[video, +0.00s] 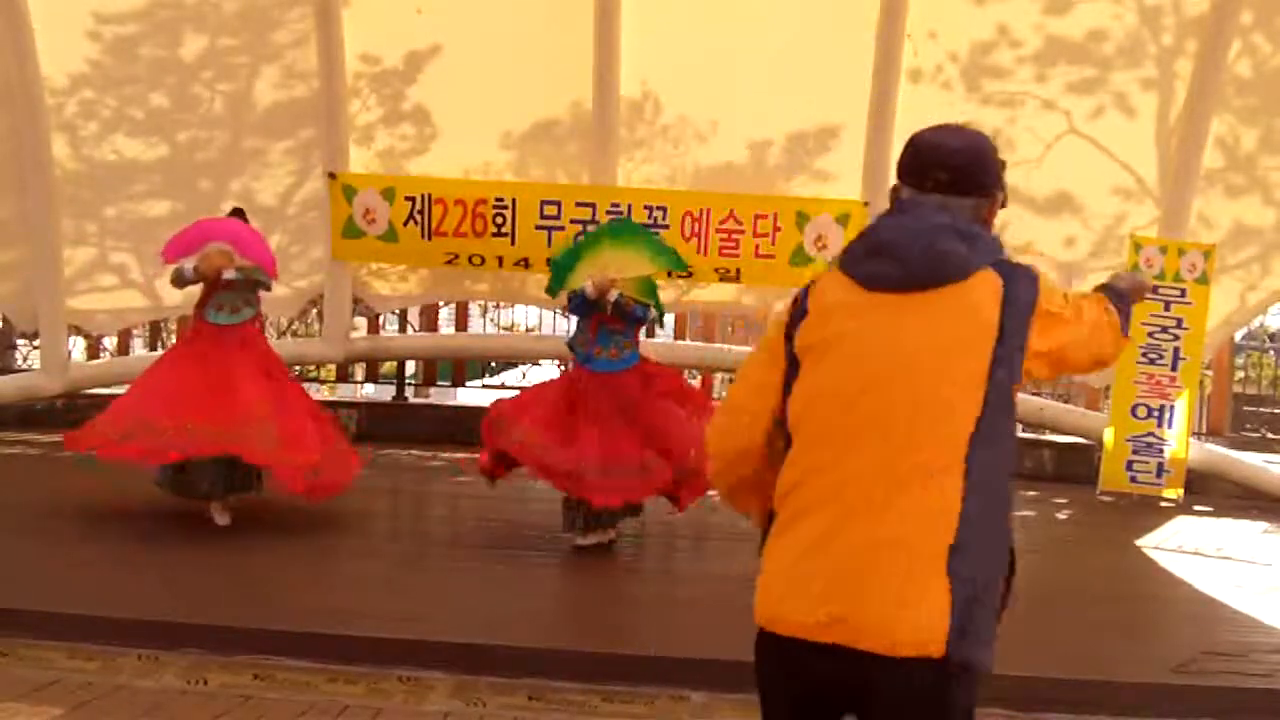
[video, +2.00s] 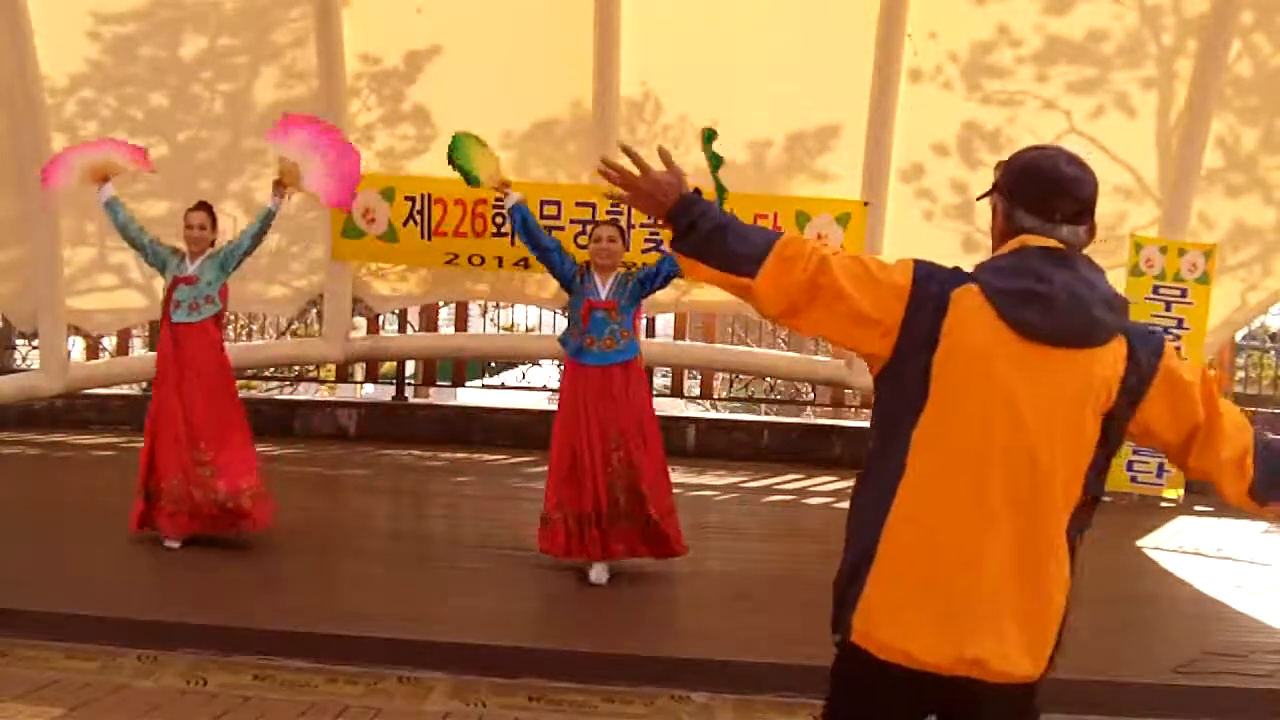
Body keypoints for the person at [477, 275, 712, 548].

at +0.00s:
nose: (611, 272)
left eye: (618, 266)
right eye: (605, 266)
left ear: (631, 264)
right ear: (594, 266)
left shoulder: (639, 285)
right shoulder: (585, 291)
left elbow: (645, 314)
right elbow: (575, 306)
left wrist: (615, 300)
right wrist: (592, 294)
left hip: (623, 371)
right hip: (587, 370)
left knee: (614, 448)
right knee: (585, 447)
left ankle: (608, 524)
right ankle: (588, 524)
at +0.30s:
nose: (607, 282)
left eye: (613, 276)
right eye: (601, 275)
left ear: (623, 277)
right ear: (590, 275)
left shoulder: (633, 310)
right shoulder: (578, 308)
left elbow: (646, 350)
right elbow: (566, 345)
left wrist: (616, 347)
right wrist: (584, 348)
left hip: (626, 388)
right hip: (585, 387)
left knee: (625, 455)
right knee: (582, 454)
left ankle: (627, 529)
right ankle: (578, 529)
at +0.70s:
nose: (592, 296)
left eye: (599, 290)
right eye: (587, 290)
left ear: (613, 290)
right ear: (581, 290)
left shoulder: (627, 320)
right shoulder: (571, 320)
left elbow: (652, 363)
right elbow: (552, 363)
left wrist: (633, 382)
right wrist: (545, 400)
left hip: (618, 400)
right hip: (577, 398)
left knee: (621, 458)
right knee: (572, 456)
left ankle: (623, 523)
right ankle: (570, 522)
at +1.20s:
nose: (593, 268)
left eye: (600, 263)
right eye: (588, 262)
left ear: (612, 266)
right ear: (581, 264)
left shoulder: (624, 302)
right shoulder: (567, 298)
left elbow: (656, 334)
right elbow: (535, 332)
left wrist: (681, 355)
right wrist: (502, 361)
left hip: (610, 390)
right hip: (570, 389)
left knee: (612, 459)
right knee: (569, 459)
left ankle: (604, 535)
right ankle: (565, 530)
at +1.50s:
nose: (603, 249)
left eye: (610, 244)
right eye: (598, 243)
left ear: (623, 252)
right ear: (589, 250)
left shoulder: (635, 286)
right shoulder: (575, 286)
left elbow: (676, 299)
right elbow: (531, 298)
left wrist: (709, 299)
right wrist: (485, 305)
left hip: (620, 381)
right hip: (580, 380)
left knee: (617, 455)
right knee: (575, 453)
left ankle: (611, 538)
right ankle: (574, 537)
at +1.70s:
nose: (604, 247)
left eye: (611, 243)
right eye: (598, 242)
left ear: (623, 252)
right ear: (590, 249)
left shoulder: (636, 285)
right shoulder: (575, 283)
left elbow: (678, 281)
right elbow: (528, 273)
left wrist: (715, 269)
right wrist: (483, 255)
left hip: (622, 380)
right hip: (583, 379)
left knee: (618, 455)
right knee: (586, 456)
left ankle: (608, 541)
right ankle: (590, 544)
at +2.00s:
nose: (604, 246)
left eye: (612, 240)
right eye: (598, 240)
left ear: (624, 248)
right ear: (588, 247)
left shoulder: (633, 285)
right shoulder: (577, 280)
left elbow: (672, 265)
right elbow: (542, 245)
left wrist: (693, 230)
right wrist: (512, 199)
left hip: (623, 380)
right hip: (583, 380)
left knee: (620, 461)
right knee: (587, 460)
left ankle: (606, 550)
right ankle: (595, 553)